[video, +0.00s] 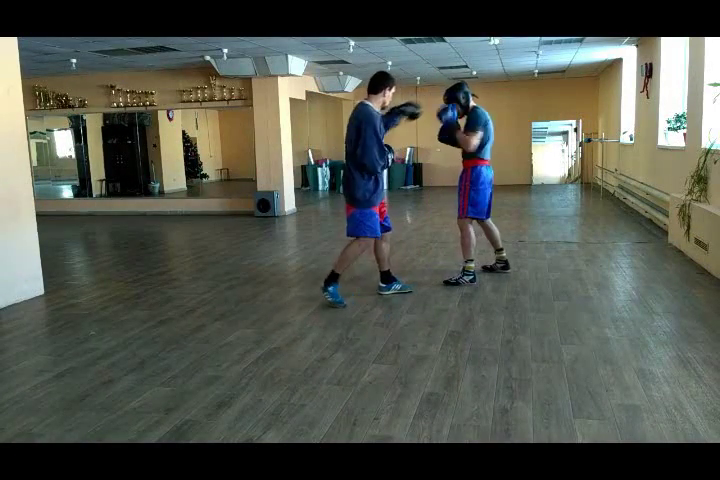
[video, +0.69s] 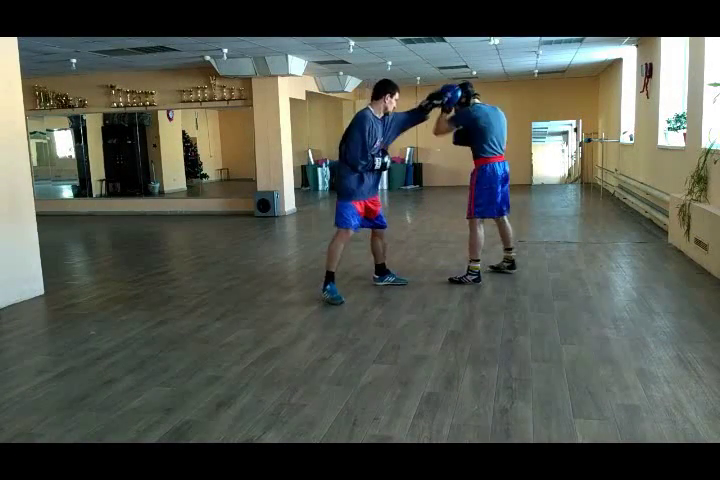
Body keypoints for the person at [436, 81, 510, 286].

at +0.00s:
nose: (452, 108)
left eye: (451, 104)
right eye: (450, 105)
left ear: (461, 100)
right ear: (467, 99)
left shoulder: (476, 114)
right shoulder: (478, 115)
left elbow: (470, 144)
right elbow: (466, 145)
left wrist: (452, 125)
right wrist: (448, 133)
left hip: (474, 170)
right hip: (483, 169)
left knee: (464, 220)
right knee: (482, 218)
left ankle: (468, 271)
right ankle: (501, 260)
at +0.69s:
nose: (456, 105)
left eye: (456, 102)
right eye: (456, 101)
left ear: (460, 99)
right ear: (474, 95)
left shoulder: (469, 112)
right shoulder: (497, 111)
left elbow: (439, 130)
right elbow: (484, 138)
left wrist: (446, 108)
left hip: (484, 169)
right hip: (502, 166)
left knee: (475, 220)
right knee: (501, 216)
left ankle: (473, 271)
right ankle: (509, 259)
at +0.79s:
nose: (469, 106)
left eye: (469, 102)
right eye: (468, 103)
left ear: (473, 99)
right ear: (488, 96)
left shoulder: (479, 111)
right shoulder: (510, 115)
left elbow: (459, 138)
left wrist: (454, 116)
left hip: (487, 171)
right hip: (507, 170)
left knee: (475, 222)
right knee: (511, 216)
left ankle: (471, 271)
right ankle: (533, 258)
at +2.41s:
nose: (443, 131)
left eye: (444, 126)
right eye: (442, 127)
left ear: (454, 121)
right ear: (456, 120)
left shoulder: (481, 132)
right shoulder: (458, 134)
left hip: (486, 185)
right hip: (490, 184)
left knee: (455, 224)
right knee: (498, 230)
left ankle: (448, 275)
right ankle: (540, 258)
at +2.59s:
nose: (441, 123)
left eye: (439, 119)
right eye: (438, 120)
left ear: (446, 113)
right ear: (452, 109)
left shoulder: (471, 123)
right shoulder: (471, 121)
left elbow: (476, 159)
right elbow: (470, 150)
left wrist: (455, 147)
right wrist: (459, 161)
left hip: (480, 179)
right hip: (492, 176)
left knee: (453, 223)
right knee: (499, 222)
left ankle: (448, 274)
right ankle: (536, 256)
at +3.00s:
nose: (494, 108)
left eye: (494, 105)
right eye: (494, 106)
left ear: (498, 103)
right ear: (517, 101)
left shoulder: (498, 120)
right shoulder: (537, 120)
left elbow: (494, 155)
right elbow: (537, 157)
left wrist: (483, 146)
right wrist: (518, 144)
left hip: (501, 181)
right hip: (526, 181)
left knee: (475, 227)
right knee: (539, 230)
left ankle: (455, 272)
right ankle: (553, 276)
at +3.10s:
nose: (499, 105)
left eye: (499, 102)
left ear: (503, 100)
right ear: (523, 97)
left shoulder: (502, 116)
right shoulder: (542, 117)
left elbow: (496, 149)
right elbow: (544, 154)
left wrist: (487, 143)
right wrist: (526, 143)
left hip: (504, 178)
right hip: (530, 178)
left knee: (480, 225)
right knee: (541, 228)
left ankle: (465, 270)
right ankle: (553, 276)